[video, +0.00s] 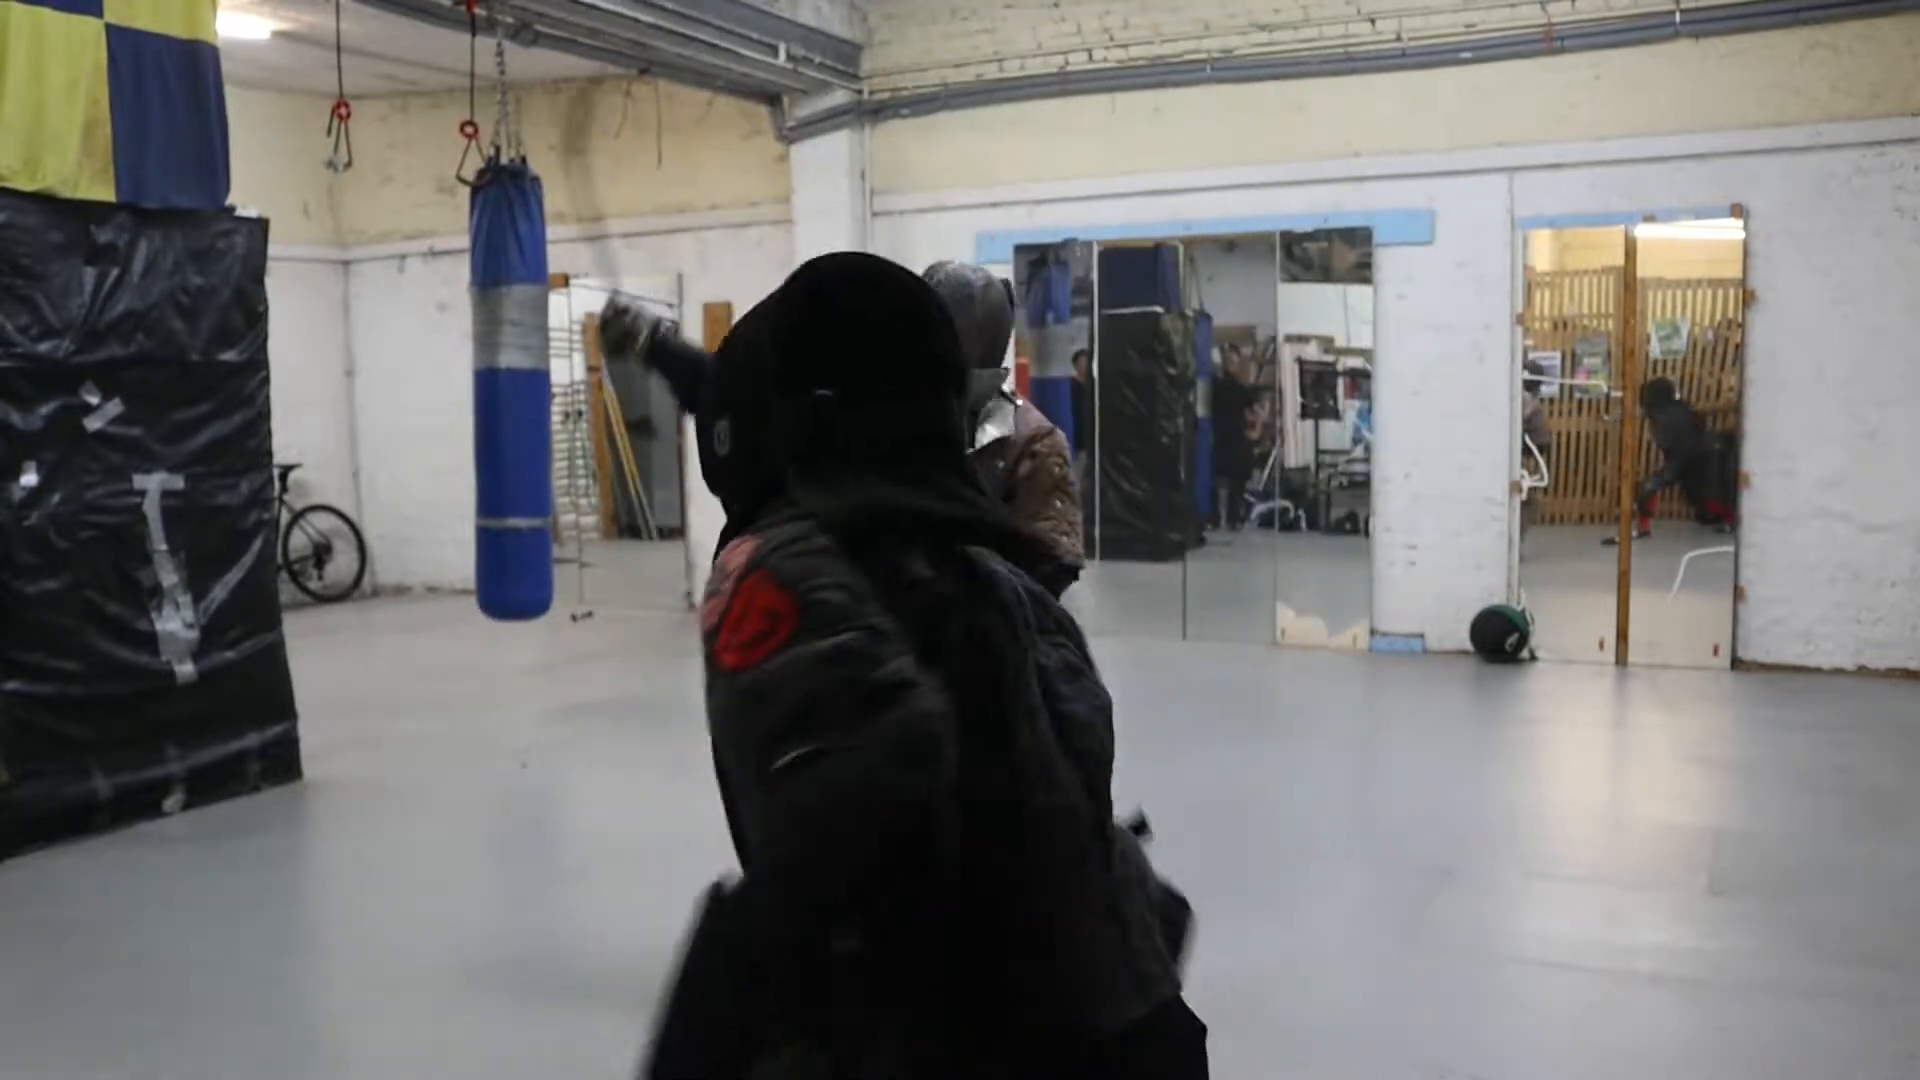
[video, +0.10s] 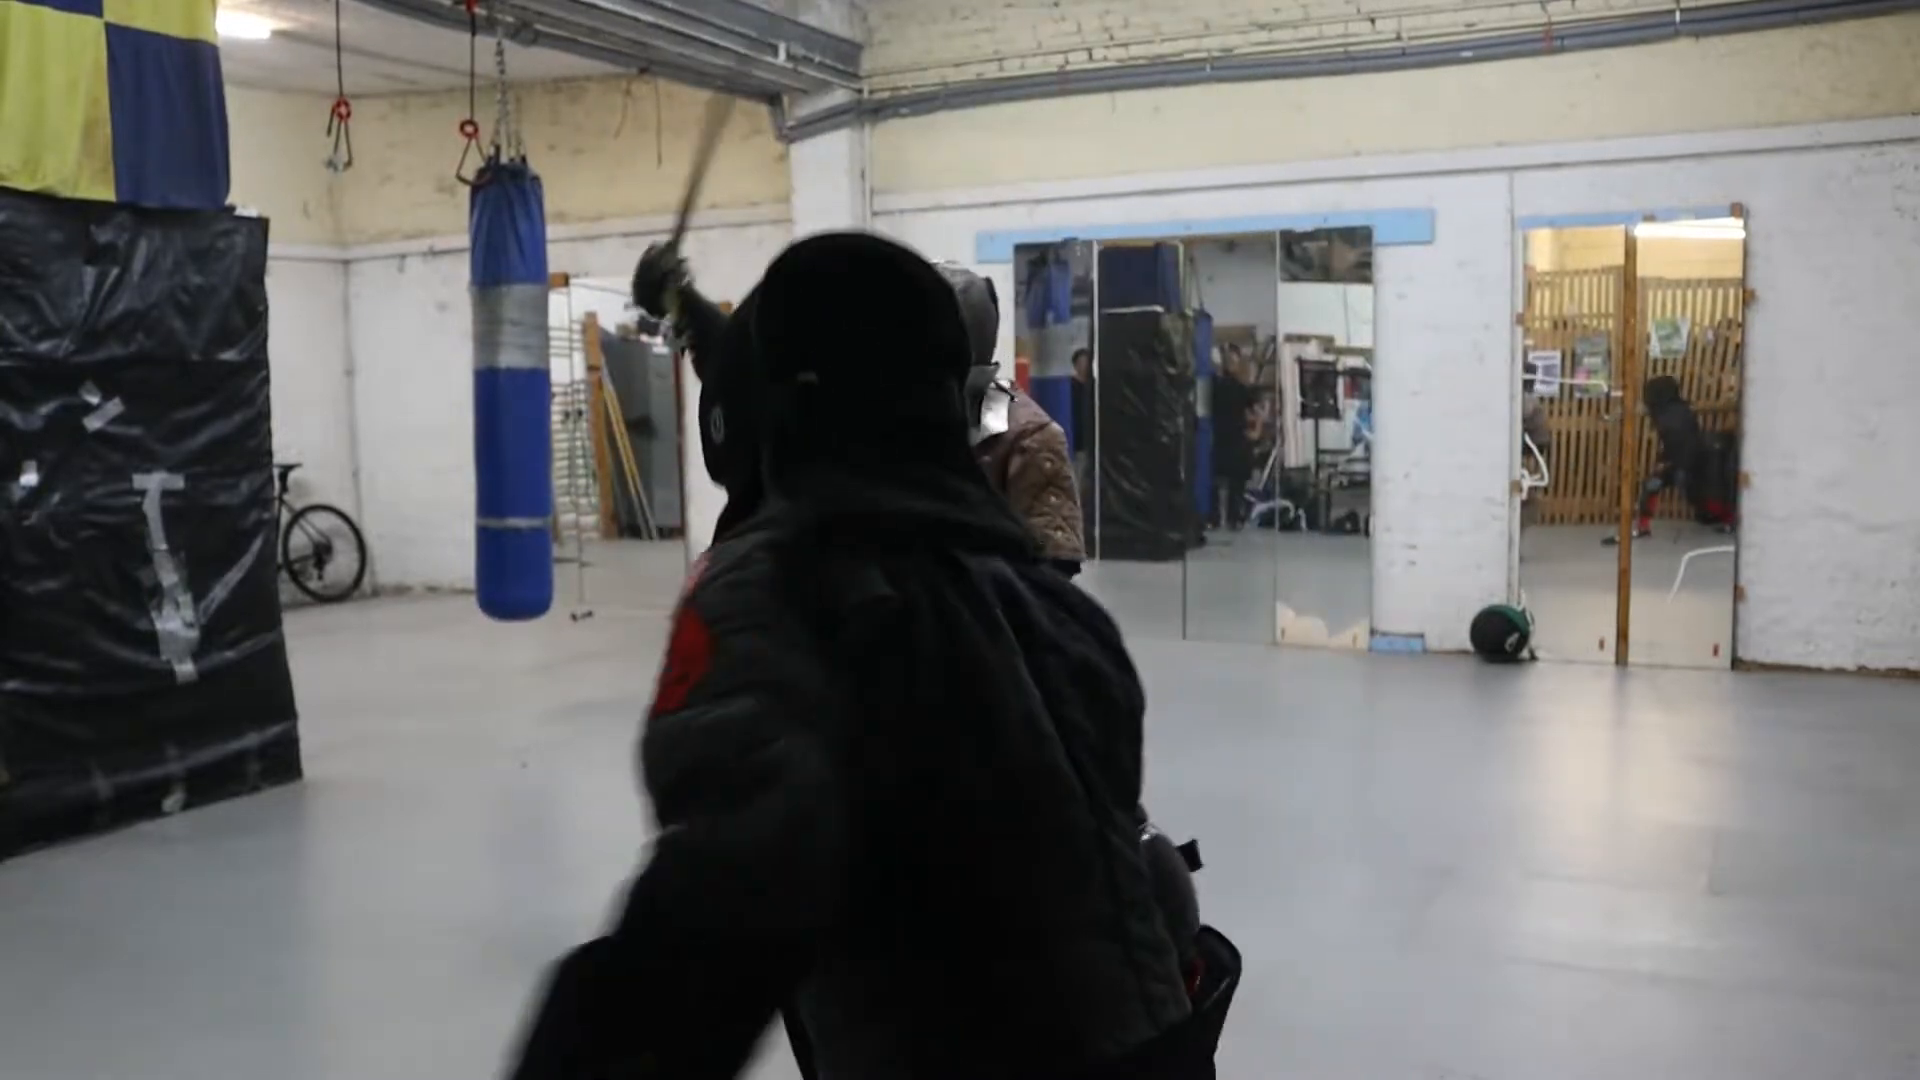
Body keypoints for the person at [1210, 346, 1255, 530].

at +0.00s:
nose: (1230, 364)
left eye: (1233, 360)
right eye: (1227, 360)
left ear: (1240, 362)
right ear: (1222, 361)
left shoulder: (1244, 386)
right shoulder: (1215, 384)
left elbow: (1255, 410)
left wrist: (1255, 431)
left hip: (1238, 435)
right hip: (1217, 434)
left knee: (1237, 478)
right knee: (1214, 478)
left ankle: (1234, 518)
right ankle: (1213, 517)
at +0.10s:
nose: (1229, 363)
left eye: (1233, 359)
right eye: (1226, 359)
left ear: (1239, 362)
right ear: (1221, 361)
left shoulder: (1244, 387)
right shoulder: (1214, 384)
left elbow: (1255, 410)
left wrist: (1255, 431)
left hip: (1238, 436)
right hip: (1217, 435)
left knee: (1237, 479)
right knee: (1214, 478)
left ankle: (1234, 518)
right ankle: (1213, 517)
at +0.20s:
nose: (1230, 363)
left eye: (1233, 359)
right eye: (1227, 358)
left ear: (1240, 361)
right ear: (1221, 361)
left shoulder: (1244, 386)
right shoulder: (1214, 384)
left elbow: (1254, 410)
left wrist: (1255, 431)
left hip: (1238, 435)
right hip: (1217, 435)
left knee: (1237, 479)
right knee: (1214, 478)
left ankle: (1234, 518)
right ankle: (1213, 517)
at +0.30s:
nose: (1229, 364)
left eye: (1233, 360)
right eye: (1226, 359)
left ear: (1239, 362)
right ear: (1221, 361)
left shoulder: (1242, 387)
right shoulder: (1214, 385)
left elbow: (1254, 412)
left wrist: (1255, 432)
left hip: (1237, 436)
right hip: (1216, 435)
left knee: (1236, 479)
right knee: (1213, 479)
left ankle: (1233, 518)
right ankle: (1212, 517)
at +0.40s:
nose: (1229, 364)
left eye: (1233, 360)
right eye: (1226, 359)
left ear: (1239, 362)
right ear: (1221, 361)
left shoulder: (1243, 387)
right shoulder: (1214, 384)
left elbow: (1255, 411)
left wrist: (1255, 431)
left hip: (1238, 436)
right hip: (1216, 435)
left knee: (1236, 480)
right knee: (1213, 479)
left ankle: (1233, 519)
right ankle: (1213, 517)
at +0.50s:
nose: (1229, 364)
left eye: (1233, 360)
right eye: (1226, 359)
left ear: (1239, 362)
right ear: (1221, 361)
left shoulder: (1243, 387)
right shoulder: (1214, 384)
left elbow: (1255, 411)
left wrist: (1255, 431)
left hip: (1238, 436)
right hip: (1216, 436)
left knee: (1236, 480)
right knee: (1213, 479)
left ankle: (1233, 519)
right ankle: (1212, 518)